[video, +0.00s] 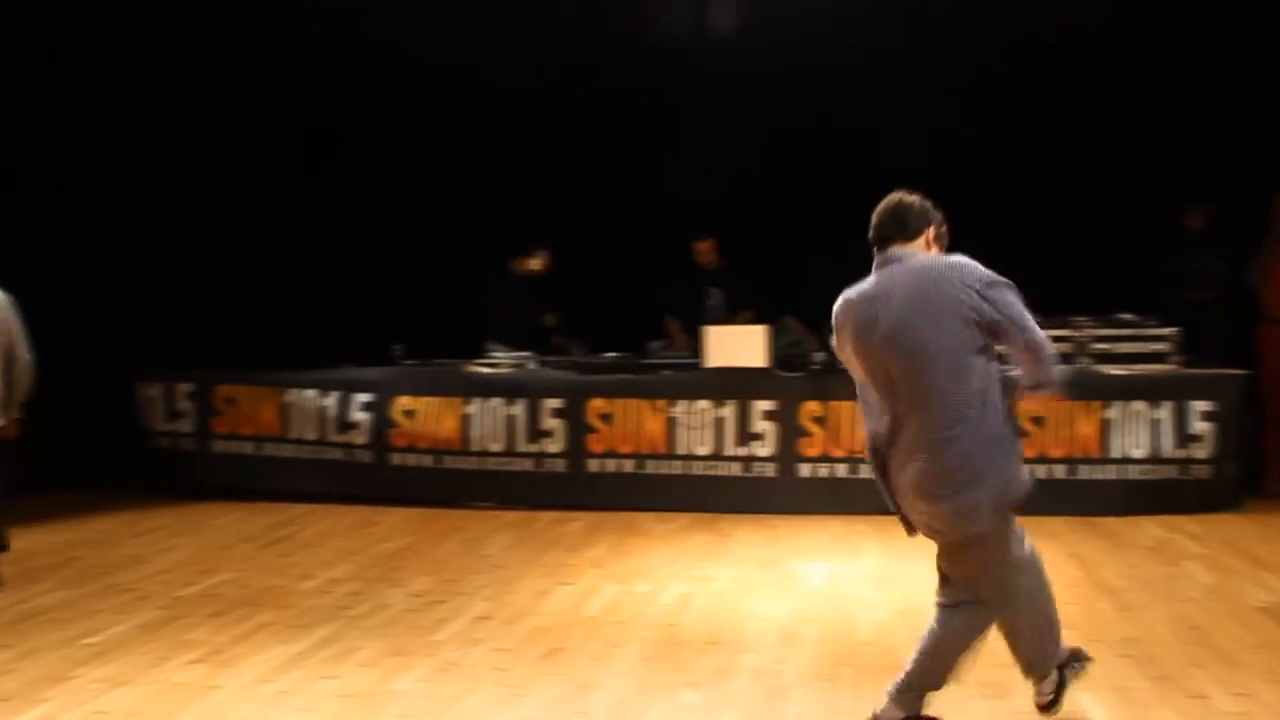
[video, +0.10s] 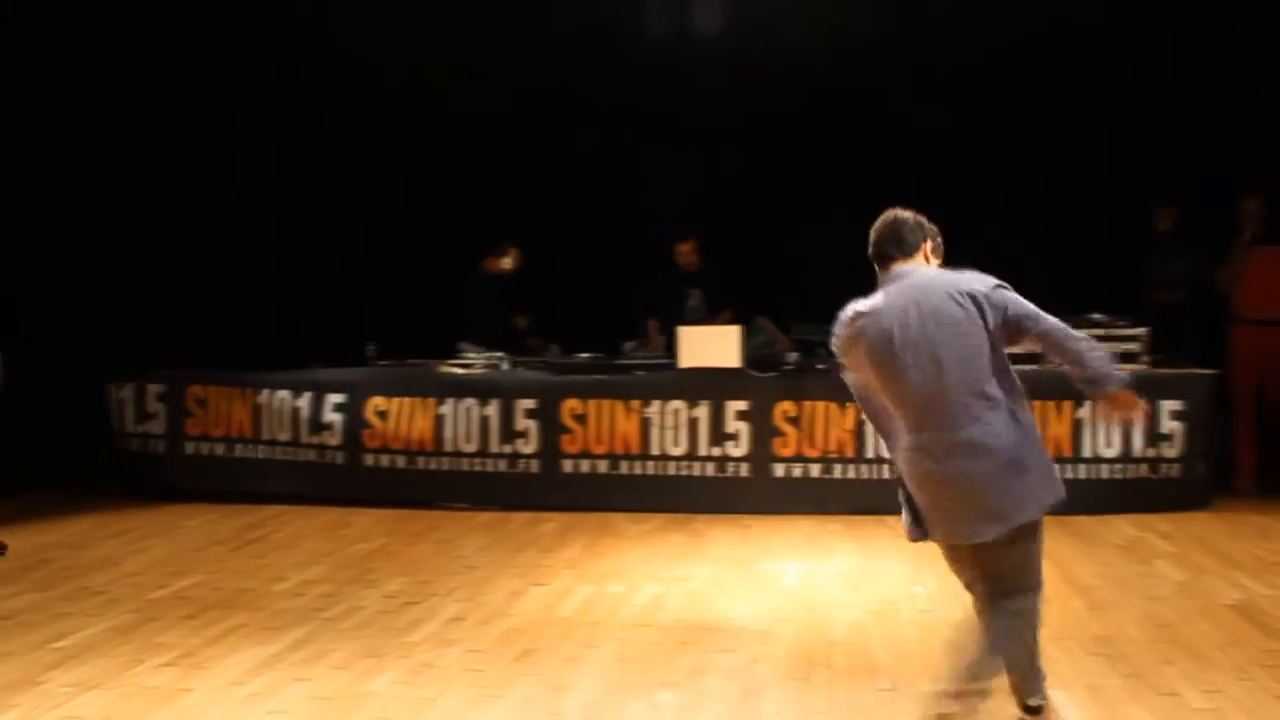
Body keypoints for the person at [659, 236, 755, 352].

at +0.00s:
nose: (705, 258)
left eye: (708, 252)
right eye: (700, 253)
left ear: (715, 252)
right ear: (694, 255)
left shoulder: (731, 275)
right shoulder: (687, 278)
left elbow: (747, 312)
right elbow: (673, 317)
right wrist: (681, 342)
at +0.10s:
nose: (686, 259)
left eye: (690, 254)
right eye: (681, 255)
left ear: (698, 254)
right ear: (675, 257)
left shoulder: (713, 278)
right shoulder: (668, 282)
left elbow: (727, 310)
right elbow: (654, 316)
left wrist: (712, 331)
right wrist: (655, 341)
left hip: (710, 338)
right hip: (677, 340)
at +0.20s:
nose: (677, 263)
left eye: (681, 258)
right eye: (672, 259)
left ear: (688, 257)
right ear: (665, 259)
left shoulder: (702, 279)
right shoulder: (658, 283)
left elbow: (719, 309)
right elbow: (644, 318)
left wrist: (703, 328)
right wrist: (648, 342)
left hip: (701, 337)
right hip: (667, 339)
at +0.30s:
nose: (668, 263)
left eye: (672, 258)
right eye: (663, 259)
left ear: (679, 258)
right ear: (657, 259)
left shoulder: (692, 280)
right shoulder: (648, 282)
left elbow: (707, 310)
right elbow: (630, 315)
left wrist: (697, 331)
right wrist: (634, 340)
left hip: (691, 338)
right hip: (657, 339)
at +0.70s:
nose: (670, 267)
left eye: (673, 263)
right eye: (666, 263)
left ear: (680, 261)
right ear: (659, 262)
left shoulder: (692, 284)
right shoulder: (649, 285)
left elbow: (709, 315)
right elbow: (625, 317)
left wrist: (687, 330)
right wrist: (628, 345)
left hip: (689, 342)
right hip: (655, 344)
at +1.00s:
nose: (657, 266)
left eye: (660, 261)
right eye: (652, 262)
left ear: (665, 259)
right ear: (645, 261)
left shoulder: (677, 281)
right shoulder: (636, 283)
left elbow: (698, 315)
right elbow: (618, 315)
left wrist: (677, 326)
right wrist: (622, 342)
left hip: (679, 341)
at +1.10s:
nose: (651, 266)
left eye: (654, 261)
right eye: (646, 261)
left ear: (660, 260)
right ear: (640, 261)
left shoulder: (672, 281)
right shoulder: (632, 283)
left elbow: (690, 313)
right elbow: (611, 313)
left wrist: (671, 327)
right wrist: (616, 338)